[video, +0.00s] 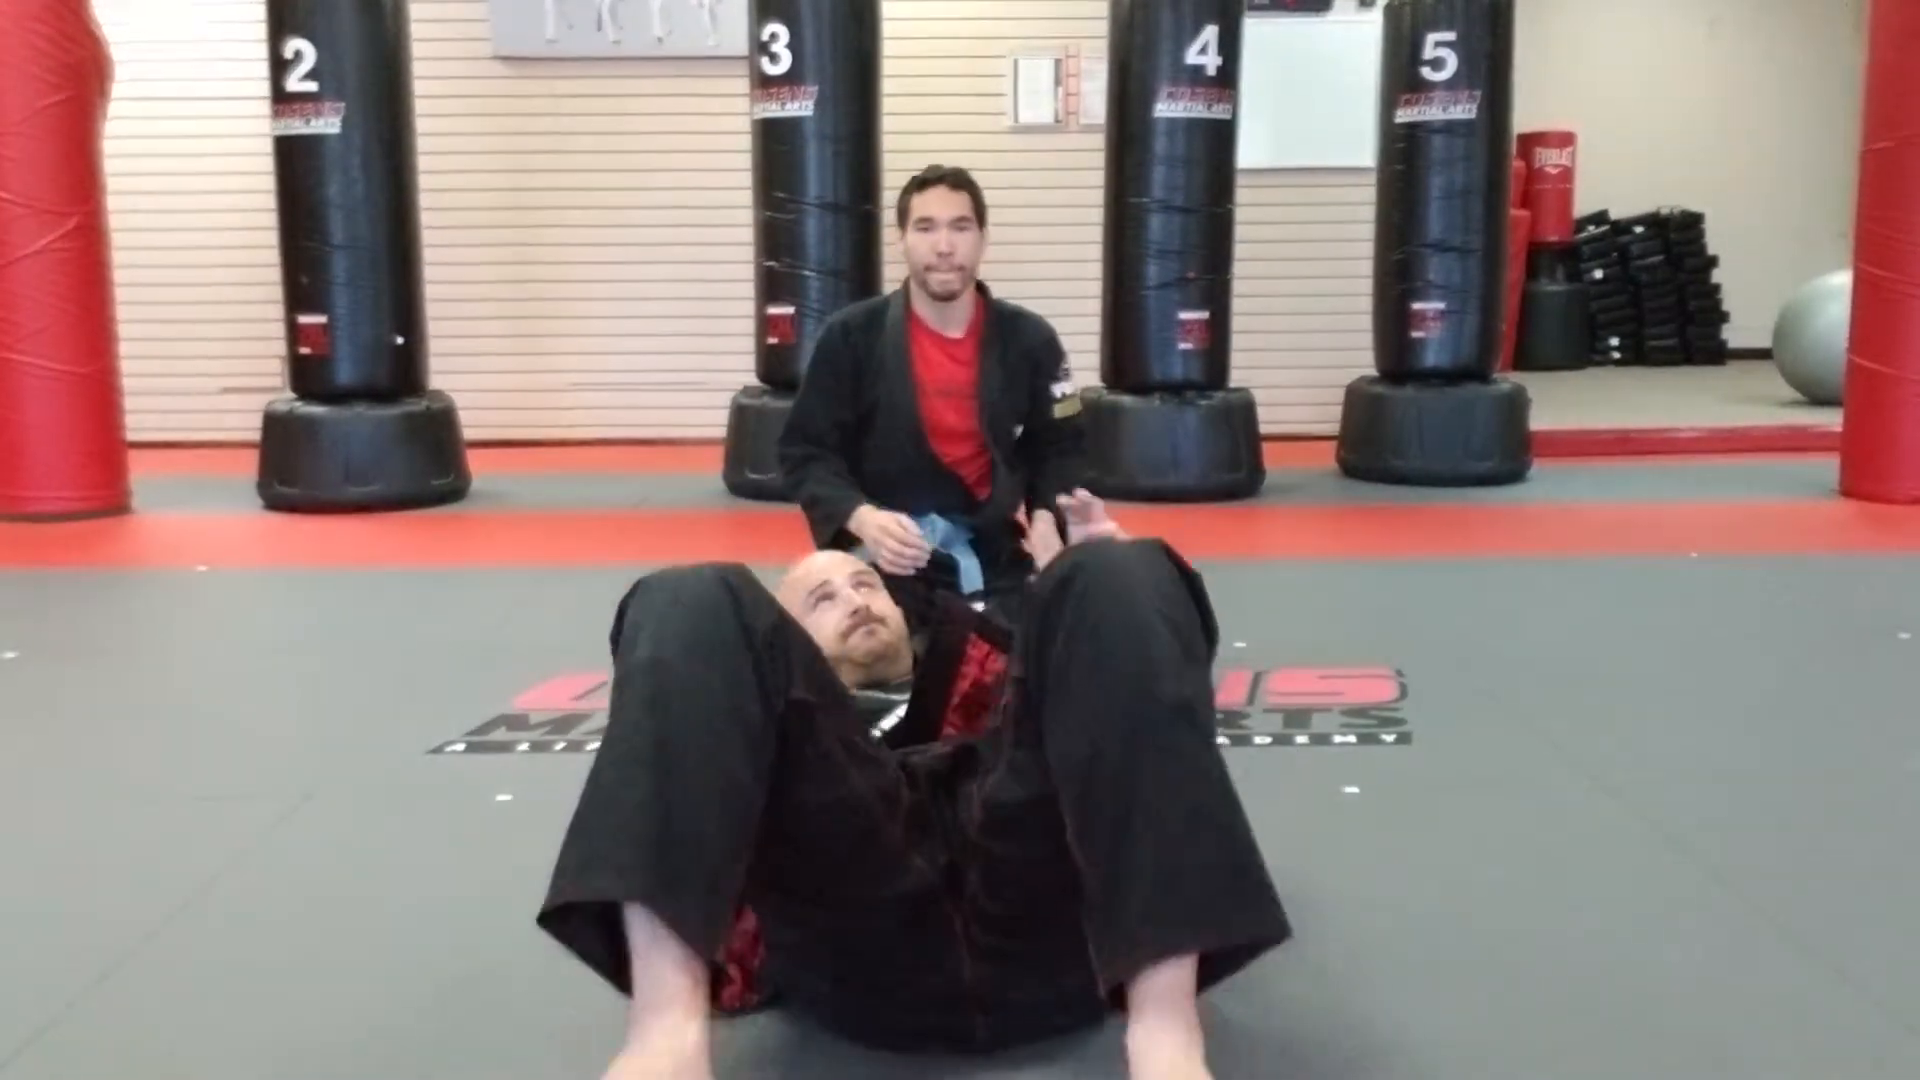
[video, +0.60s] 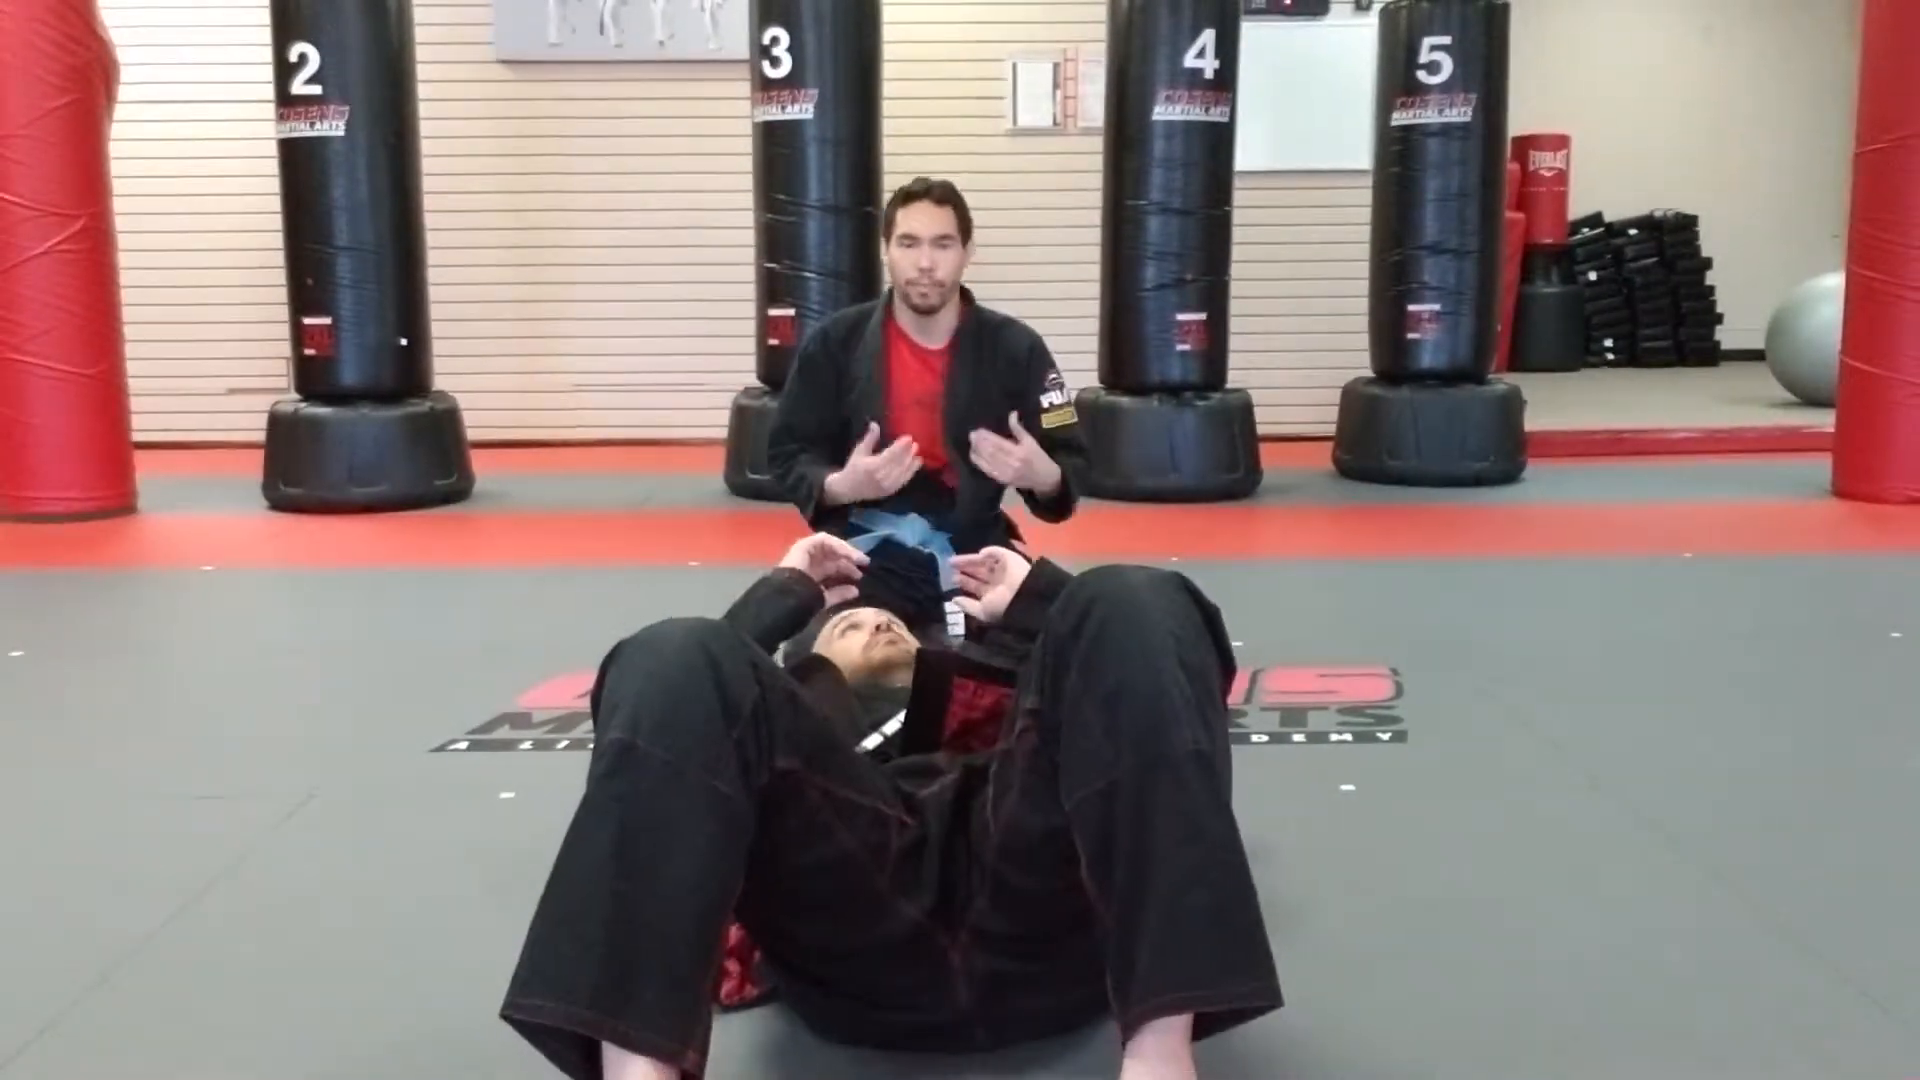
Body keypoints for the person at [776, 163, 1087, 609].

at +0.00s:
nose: (943, 246)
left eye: (960, 228)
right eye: (925, 228)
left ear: (983, 240)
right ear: (901, 241)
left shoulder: (1028, 341)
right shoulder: (852, 338)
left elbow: (1055, 443)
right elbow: (804, 452)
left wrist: (1048, 518)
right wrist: (860, 518)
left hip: (994, 543)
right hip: (888, 544)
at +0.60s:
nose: (925, 262)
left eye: (943, 245)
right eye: (908, 244)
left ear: (967, 253)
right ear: (886, 251)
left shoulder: (1014, 349)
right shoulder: (834, 344)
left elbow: (1067, 488)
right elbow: (787, 455)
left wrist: (1044, 478)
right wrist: (839, 487)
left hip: (976, 544)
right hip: (865, 541)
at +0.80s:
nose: (923, 308)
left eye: (942, 288)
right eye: (907, 286)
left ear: (966, 285)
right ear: (883, 279)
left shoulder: (1008, 368)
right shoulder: (833, 359)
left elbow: (1064, 491)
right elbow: (786, 480)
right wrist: (821, 554)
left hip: (967, 564)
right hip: (860, 563)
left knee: (1047, 657)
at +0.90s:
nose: (923, 334)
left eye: (943, 314)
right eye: (906, 310)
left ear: (967, 307)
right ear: (883, 298)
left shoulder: (1010, 385)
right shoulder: (828, 371)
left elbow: (1062, 522)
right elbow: (773, 499)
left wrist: (1095, 628)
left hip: (972, 566)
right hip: (857, 563)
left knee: (1053, 673)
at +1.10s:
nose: (917, 396)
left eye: (939, 379)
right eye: (900, 372)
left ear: (968, 354)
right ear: (878, 338)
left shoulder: (1013, 392)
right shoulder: (822, 375)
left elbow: (1066, 532)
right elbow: (750, 515)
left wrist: (1083, 661)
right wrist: (746, 642)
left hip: (971, 577)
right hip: (846, 565)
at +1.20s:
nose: (898, 409)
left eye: (920, 392)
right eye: (881, 387)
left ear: (956, 359)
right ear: (861, 356)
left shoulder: (1009, 383)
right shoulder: (814, 381)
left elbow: (1070, 525)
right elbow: (747, 517)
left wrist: (1094, 654)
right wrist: (751, 642)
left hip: (974, 538)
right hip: (846, 534)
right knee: (808, 656)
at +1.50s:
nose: (854, 420)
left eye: (876, 403)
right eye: (840, 397)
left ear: (922, 380)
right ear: (828, 370)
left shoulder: (995, 387)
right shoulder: (804, 391)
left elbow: (1062, 530)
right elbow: (753, 513)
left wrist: (1089, 641)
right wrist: (742, 646)